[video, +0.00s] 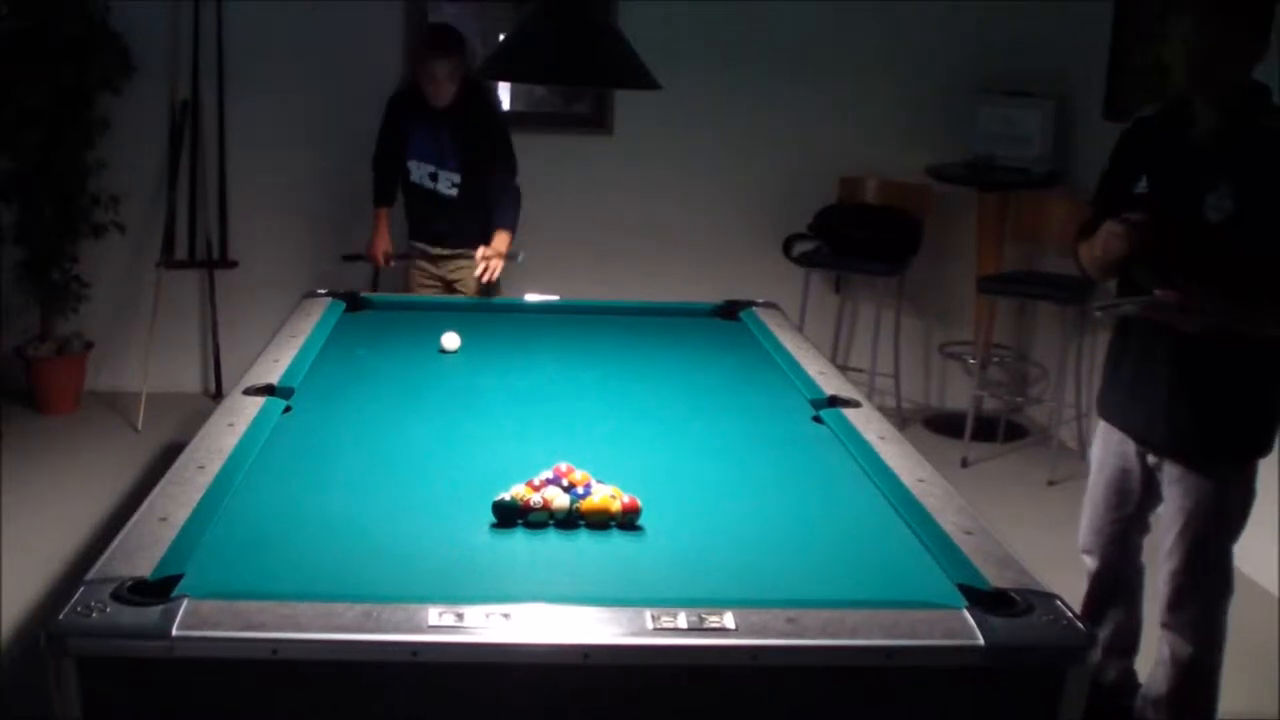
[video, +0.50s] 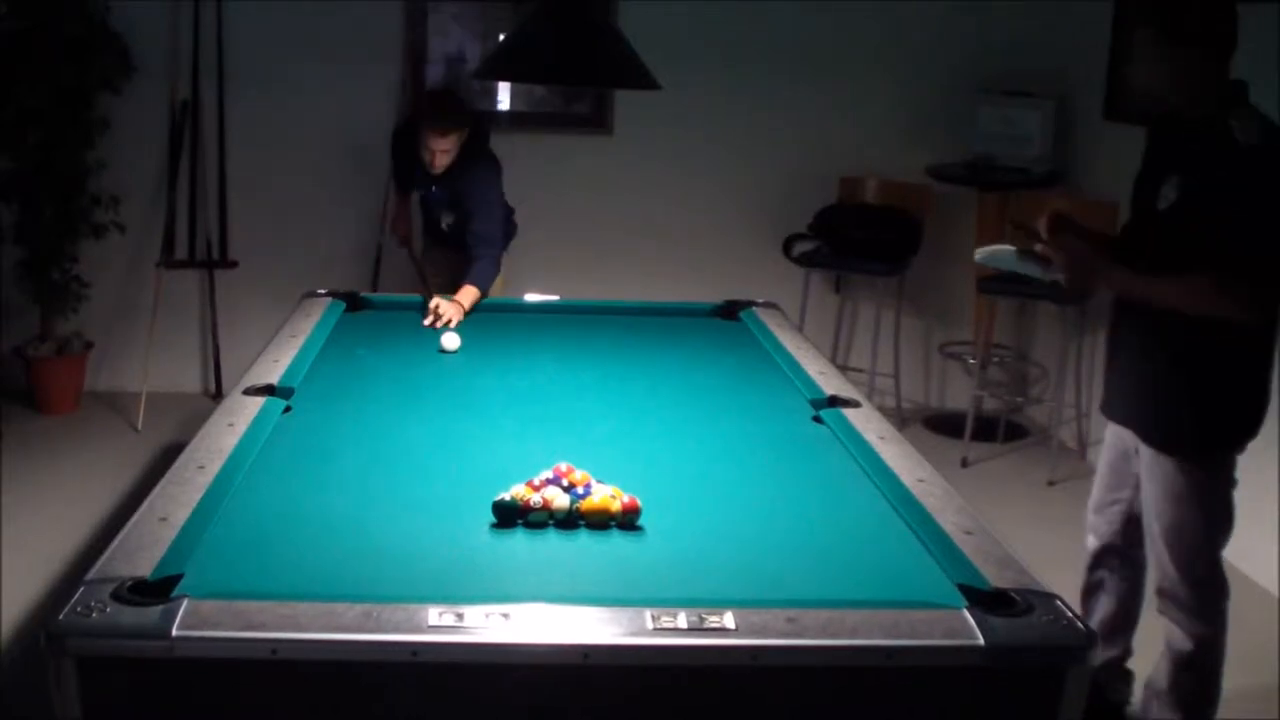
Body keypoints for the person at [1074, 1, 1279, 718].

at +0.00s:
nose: (1195, 50)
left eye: (1212, 31)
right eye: (1187, 31)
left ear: (1249, 43)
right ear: (1173, 42)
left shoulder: (1274, 147)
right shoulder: (1150, 135)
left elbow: (1275, 292)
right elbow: (1088, 258)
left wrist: (1209, 300)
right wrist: (1108, 243)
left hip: (1224, 404)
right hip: (1133, 386)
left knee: (1187, 596)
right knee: (1102, 562)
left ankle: (1173, 711)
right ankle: (1100, 698)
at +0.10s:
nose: (1183, 59)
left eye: (1201, 40)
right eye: (1179, 39)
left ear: (1238, 47)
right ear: (1169, 46)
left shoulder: (1267, 148)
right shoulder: (1156, 135)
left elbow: (1260, 292)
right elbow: (1107, 258)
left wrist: (1163, 278)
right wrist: (1101, 244)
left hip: (1219, 412)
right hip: (1132, 393)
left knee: (1187, 600)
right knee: (1100, 560)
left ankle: (1174, 709)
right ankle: (1101, 692)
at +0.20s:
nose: (1163, 59)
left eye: (1179, 41)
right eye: (1163, 42)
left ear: (1224, 46)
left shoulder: (1267, 145)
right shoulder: (1163, 134)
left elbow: (1253, 284)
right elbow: (1137, 243)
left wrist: (1142, 260)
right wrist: (1103, 238)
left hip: (1216, 413)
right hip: (1136, 393)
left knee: (1187, 599)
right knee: (1097, 554)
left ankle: (1176, 710)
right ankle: (1102, 691)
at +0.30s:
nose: (1156, 70)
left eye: (1171, 52)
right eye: (1156, 52)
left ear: (1214, 52)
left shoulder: (1262, 149)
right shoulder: (1169, 134)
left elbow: (1248, 292)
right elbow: (1156, 255)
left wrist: (1130, 270)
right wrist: (1102, 247)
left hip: (1210, 414)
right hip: (1136, 392)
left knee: (1187, 595)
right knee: (1097, 548)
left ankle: (1177, 712)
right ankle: (1105, 690)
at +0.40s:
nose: (1145, 68)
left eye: (1160, 51)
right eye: (1145, 51)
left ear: (1206, 54)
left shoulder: (1261, 154)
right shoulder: (1170, 139)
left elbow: (1243, 290)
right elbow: (1156, 258)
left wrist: (1118, 267)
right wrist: (1094, 257)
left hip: (1203, 416)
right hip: (1136, 394)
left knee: (1187, 595)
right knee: (1102, 547)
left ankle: (1177, 711)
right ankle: (1101, 681)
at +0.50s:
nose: (1133, 70)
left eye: (1146, 51)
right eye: (1134, 51)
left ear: (1192, 56)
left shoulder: (1252, 152)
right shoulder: (1172, 139)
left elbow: (1239, 295)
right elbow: (1158, 256)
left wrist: (1109, 274)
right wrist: (1089, 248)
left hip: (1196, 408)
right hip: (1135, 389)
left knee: (1185, 588)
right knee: (1109, 548)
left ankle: (1177, 708)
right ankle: (1098, 675)